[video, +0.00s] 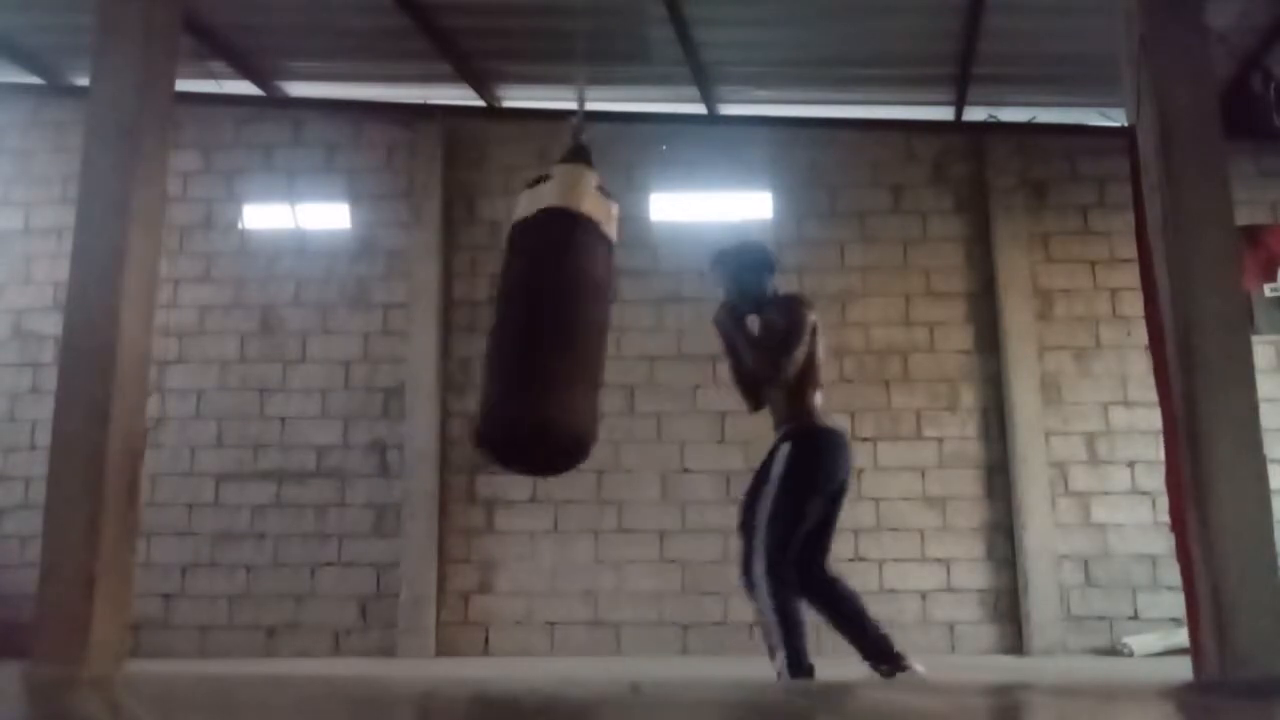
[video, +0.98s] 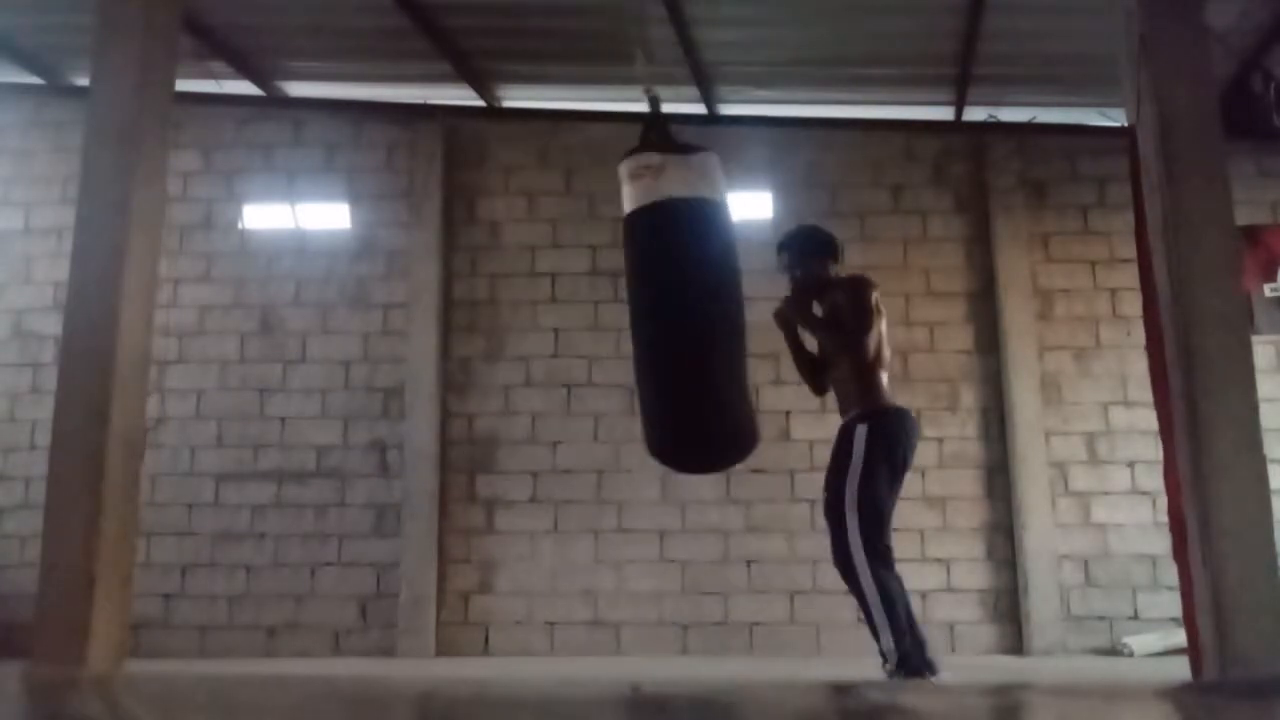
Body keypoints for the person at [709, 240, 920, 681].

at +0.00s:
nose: (723, 291)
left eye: (727, 282)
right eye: (722, 283)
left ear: (748, 278)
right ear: (760, 277)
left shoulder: (790, 310)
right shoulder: (771, 324)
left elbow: (774, 375)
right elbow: (753, 397)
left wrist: (732, 326)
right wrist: (730, 336)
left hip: (802, 448)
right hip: (827, 446)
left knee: (763, 564)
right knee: (809, 569)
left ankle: (796, 679)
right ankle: (893, 666)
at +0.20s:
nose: (762, 292)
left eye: (767, 282)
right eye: (760, 283)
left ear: (788, 282)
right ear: (790, 283)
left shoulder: (830, 312)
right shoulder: (798, 332)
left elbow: (839, 376)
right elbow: (788, 400)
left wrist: (791, 331)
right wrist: (767, 344)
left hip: (849, 452)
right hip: (860, 453)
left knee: (788, 552)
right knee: (857, 569)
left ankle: (848, 665)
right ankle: (933, 677)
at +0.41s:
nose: (784, 302)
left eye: (788, 291)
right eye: (782, 292)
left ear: (814, 288)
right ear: (806, 290)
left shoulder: (857, 319)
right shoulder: (820, 336)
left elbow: (862, 382)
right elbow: (814, 406)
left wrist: (808, 343)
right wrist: (790, 354)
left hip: (870, 456)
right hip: (885, 456)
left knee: (826, 561)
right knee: (870, 570)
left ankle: (886, 672)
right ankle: (933, 675)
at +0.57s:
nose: (784, 283)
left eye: (787, 271)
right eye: (782, 273)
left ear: (813, 265)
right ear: (812, 267)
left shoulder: (856, 290)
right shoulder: (823, 313)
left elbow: (868, 353)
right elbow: (816, 382)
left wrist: (818, 314)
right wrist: (791, 334)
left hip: (872, 430)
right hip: (886, 430)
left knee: (840, 544)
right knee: (876, 549)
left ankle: (896, 664)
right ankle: (933, 657)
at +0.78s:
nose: (793, 301)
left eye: (798, 291)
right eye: (792, 292)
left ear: (824, 289)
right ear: (817, 293)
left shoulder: (867, 320)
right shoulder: (827, 339)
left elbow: (859, 384)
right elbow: (820, 412)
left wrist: (815, 337)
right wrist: (795, 351)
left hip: (878, 460)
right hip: (875, 462)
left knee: (846, 580)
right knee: (855, 582)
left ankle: (904, 676)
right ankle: (954, 661)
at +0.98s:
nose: (789, 278)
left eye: (793, 267)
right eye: (786, 269)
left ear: (815, 262)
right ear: (818, 266)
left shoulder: (855, 288)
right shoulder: (825, 308)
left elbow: (862, 350)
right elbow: (818, 382)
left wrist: (807, 317)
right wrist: (788, 330)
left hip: (873, 428)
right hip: (877, 429)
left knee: (855, 551)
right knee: (866, 549)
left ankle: (904, 665)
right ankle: (914, 662)